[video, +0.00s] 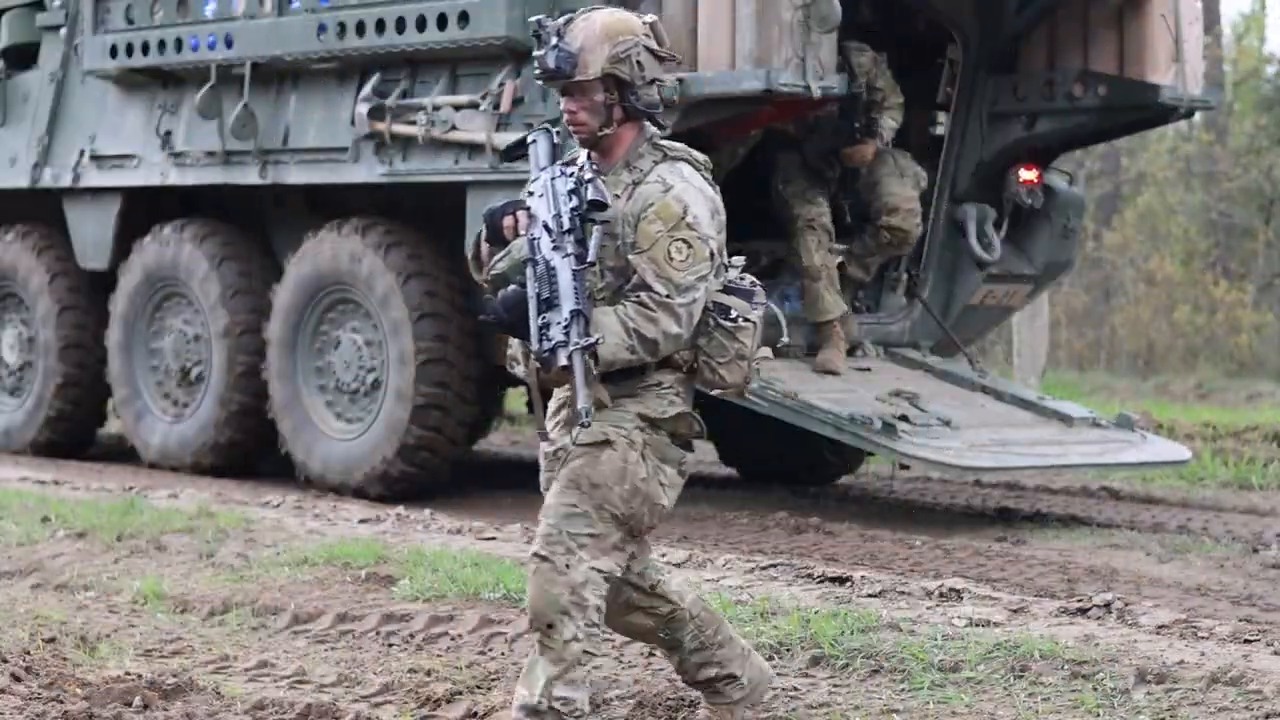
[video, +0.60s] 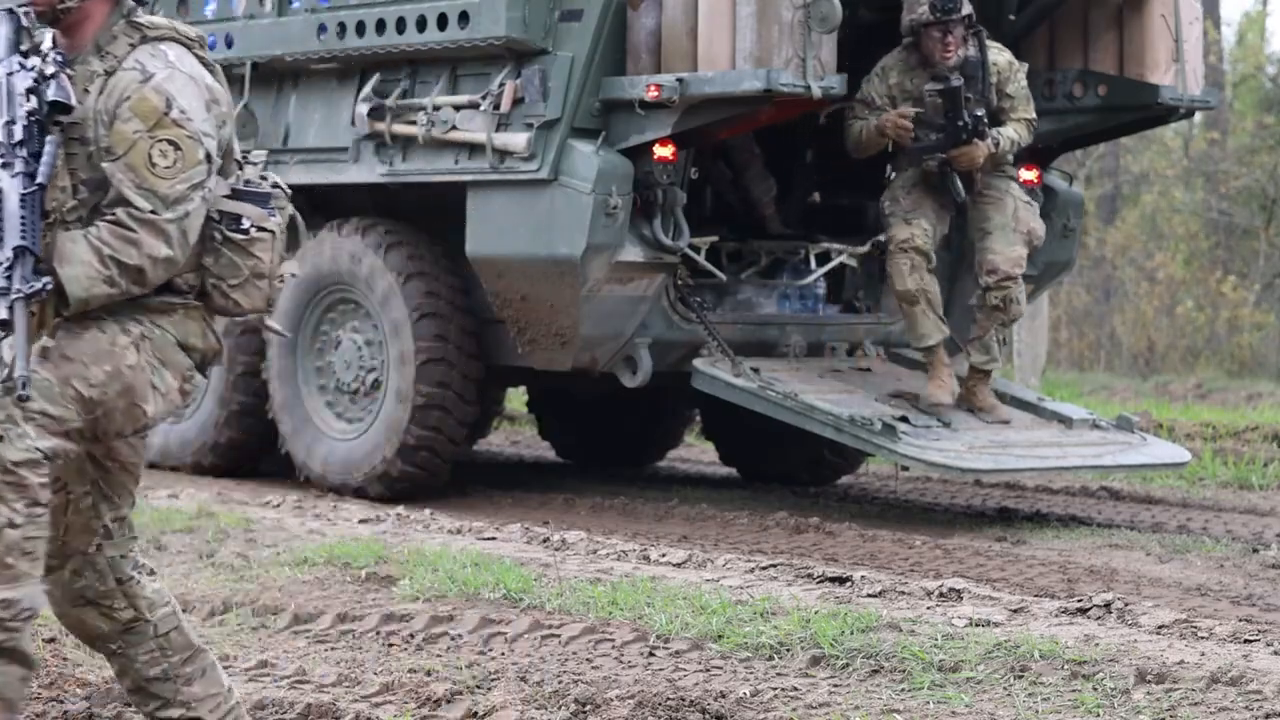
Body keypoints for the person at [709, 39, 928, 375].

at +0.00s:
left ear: (833, 33)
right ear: (793, 38)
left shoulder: (859, 59)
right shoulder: (779, 69)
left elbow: (891, 103)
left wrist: (875, 141)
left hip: (863, 148)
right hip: (802, 149)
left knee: (902, 225)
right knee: (811, 224)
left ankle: (841, 274)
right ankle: (830, 332)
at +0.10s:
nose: (824, 62)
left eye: (830, 50)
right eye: (814, 53)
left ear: (844, 41)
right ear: (800, 47)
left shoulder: (881, 63)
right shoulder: (790, 74)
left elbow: (914, 113)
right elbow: (736, 138)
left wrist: (888, 147)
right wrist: (701, 197)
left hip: (879, 152)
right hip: (818, 154)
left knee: (921, 221)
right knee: (820, 227)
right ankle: (833, 336)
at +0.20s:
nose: (855, 66)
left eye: (861, 55)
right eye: (845, 58)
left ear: (875, 45)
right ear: (826, 54)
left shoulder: (906, 66)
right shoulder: (809, 74)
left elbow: (932, 119)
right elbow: (750, 126)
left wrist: (902, 151)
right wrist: (726, 185)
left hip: (902, 152)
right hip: (839, 152)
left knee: (932, 217)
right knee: (829, 227)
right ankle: (835, 338)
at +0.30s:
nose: (885, 57)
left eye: (891, 47)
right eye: (874, 49)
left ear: (902, 42)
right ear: (853, 50)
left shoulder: (930, 66)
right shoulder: (832, 71)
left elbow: (955, 118)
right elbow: (779, 109)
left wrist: (926, 150)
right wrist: (775, 170)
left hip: (918, 159)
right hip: (854, 157)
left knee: (945, 241)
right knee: (843, 238)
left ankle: (965, 360)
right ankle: (836, 341)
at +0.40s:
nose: (911, 50)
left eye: (917, 39)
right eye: (899, 42)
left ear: (929, 36)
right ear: (879, 44)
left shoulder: (956, 65)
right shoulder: (854, 73)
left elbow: (982, 121)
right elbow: (812, 115)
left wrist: (949, 148)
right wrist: (822, 143)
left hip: (948, 164)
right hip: (878, 162)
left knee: (968, 254)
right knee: (862, 250)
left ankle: (976, 378)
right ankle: (838, 341)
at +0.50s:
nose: (933, 45)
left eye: (940, 35)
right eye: (923, 36)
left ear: (951, 32)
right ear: (901, 39)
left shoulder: (980, 64)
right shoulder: (875, 73)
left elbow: (1007, 121)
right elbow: (833, 132)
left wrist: (973, 146)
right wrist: (859, 132)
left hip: (971, 170)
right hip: (901, 168)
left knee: (991, 262)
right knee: (883, 247)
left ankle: (978, 380)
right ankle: (879, 332)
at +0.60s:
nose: (947, 42)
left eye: (954, 31)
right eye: (937, 33)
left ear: (967, 30)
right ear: (917, 35)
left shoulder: (997, 63)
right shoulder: (893, 70)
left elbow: (1023, 124)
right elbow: (855, 139)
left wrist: (989, 147)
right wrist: (880, 128)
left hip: (991, 176)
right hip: (921, 174)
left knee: (1005, 277)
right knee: (906, 251)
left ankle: (978, 382)